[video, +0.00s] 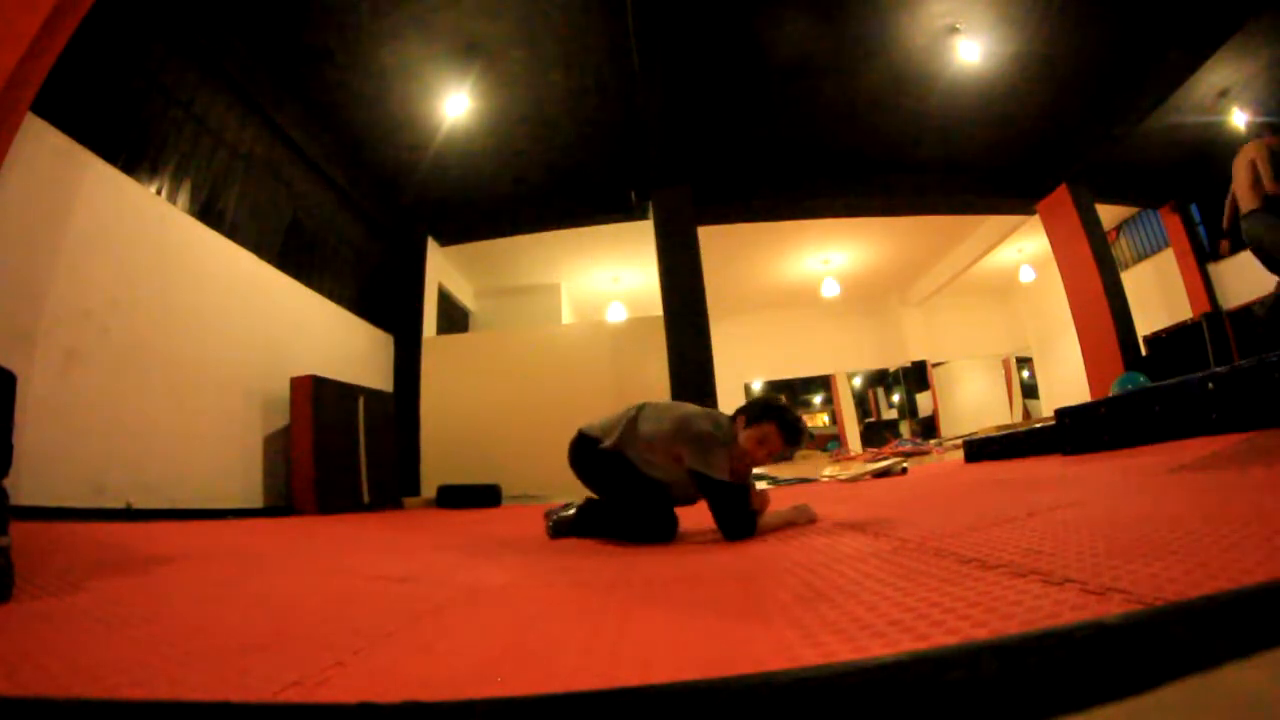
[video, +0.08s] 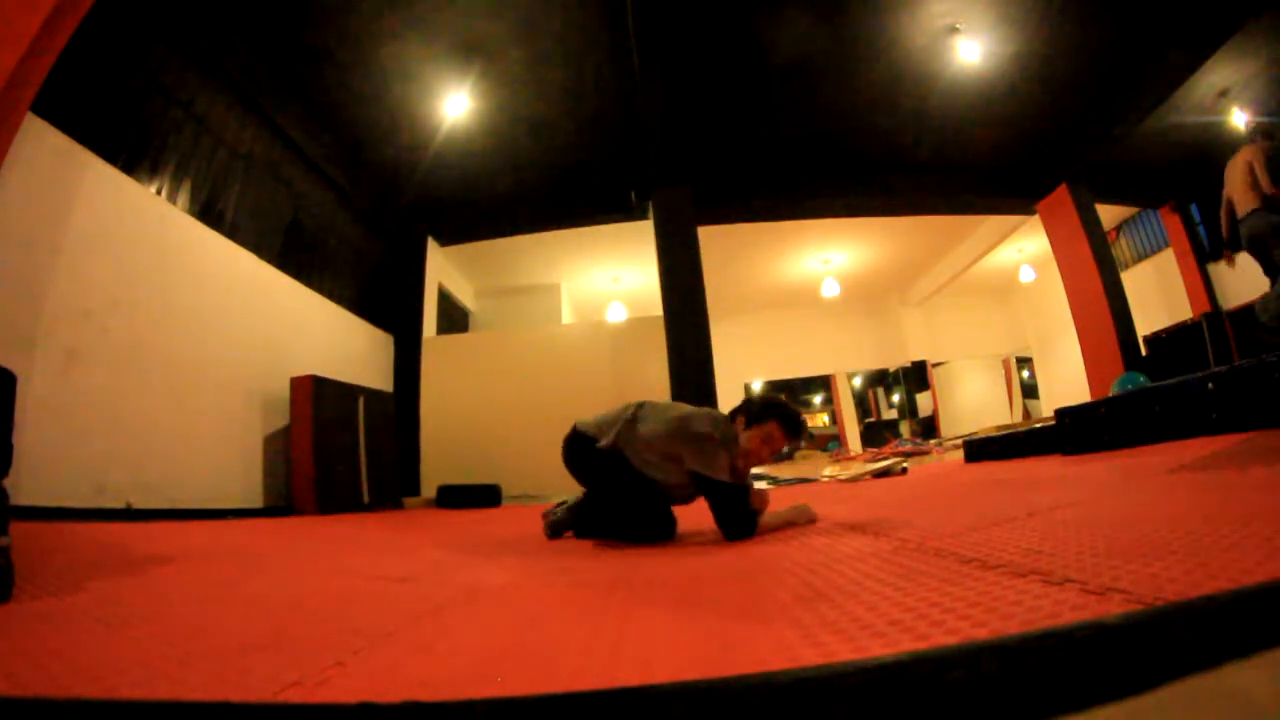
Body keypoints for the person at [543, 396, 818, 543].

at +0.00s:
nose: (760, 458)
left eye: (772, 455)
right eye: (761, 443)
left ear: (775, 458)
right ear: (743, 422)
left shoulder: (727, 442)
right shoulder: (710, 438)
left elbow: (733, 511)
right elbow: (736, 529)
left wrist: (750, 504)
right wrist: (789, 518)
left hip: (622, 454)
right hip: (594, 452)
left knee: (664, 514)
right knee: (659, 527)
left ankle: (586, 510)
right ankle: (575, 521)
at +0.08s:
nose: (766, 456)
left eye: (775, 453)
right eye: (766, 442)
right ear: (742, 423)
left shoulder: (724, 440)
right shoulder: (710, 436)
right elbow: (736, 528)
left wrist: (750, 504)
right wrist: (790, 518)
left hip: (610, 450)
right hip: (590, 449)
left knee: (660, 515)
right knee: (658, 527)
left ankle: (582, 508)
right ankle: (577, 516)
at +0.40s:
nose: (782, 400)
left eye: (786, 390)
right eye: (781, 388)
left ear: (744, 376)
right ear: (748, 377)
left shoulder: (712, 385)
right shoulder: (715, 406)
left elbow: (700, 484)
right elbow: (730, 507)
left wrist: (772, 516)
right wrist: (783, 518)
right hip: (587, 436)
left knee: (654, 517)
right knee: (659, 529)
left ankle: (582, 499)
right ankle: (576, 511)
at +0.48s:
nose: (779, 368)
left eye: (781, 358)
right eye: (776, 356)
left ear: (743, 351)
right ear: (744, 352)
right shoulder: (712, 378)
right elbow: (726, 472)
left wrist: (774, 506)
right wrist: (783, 512)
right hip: (592, 434)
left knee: (653, 519)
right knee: (658, 528)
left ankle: (580, 503)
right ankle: (576, 508)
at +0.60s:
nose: (767, 326)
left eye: (768, 315)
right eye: (763, 314)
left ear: (732, 314)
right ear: (733, 312)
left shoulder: (697, 335)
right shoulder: (701, 354)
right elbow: (730, 448)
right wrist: (782, 496)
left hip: (630, 426)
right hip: (597, 428)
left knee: (662, 472)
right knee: (659, 527)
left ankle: (593, 503)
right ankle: (576, 508)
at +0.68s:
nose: (758, 306)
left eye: (758, 296)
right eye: (752, 294)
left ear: (723, 293)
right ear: (725, 293)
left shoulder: (692, 325)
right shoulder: (695, 339)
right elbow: (721, 436)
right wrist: (774, 494)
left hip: (640, 426)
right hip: (602, 427)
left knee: (704, 468)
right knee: (658, 526)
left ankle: (633, 508)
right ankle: (579, 506)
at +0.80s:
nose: (744, 288)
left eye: (743, 278)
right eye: (739, 277)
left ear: (714, 278)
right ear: (714, 277)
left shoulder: (693, 316)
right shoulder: (688, 319)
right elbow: (701, 418)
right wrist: (740, 495)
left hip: (649, 423)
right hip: (609, 424)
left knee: (715, 410)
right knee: (658, 527)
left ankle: (693, 501)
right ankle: (587, 514)